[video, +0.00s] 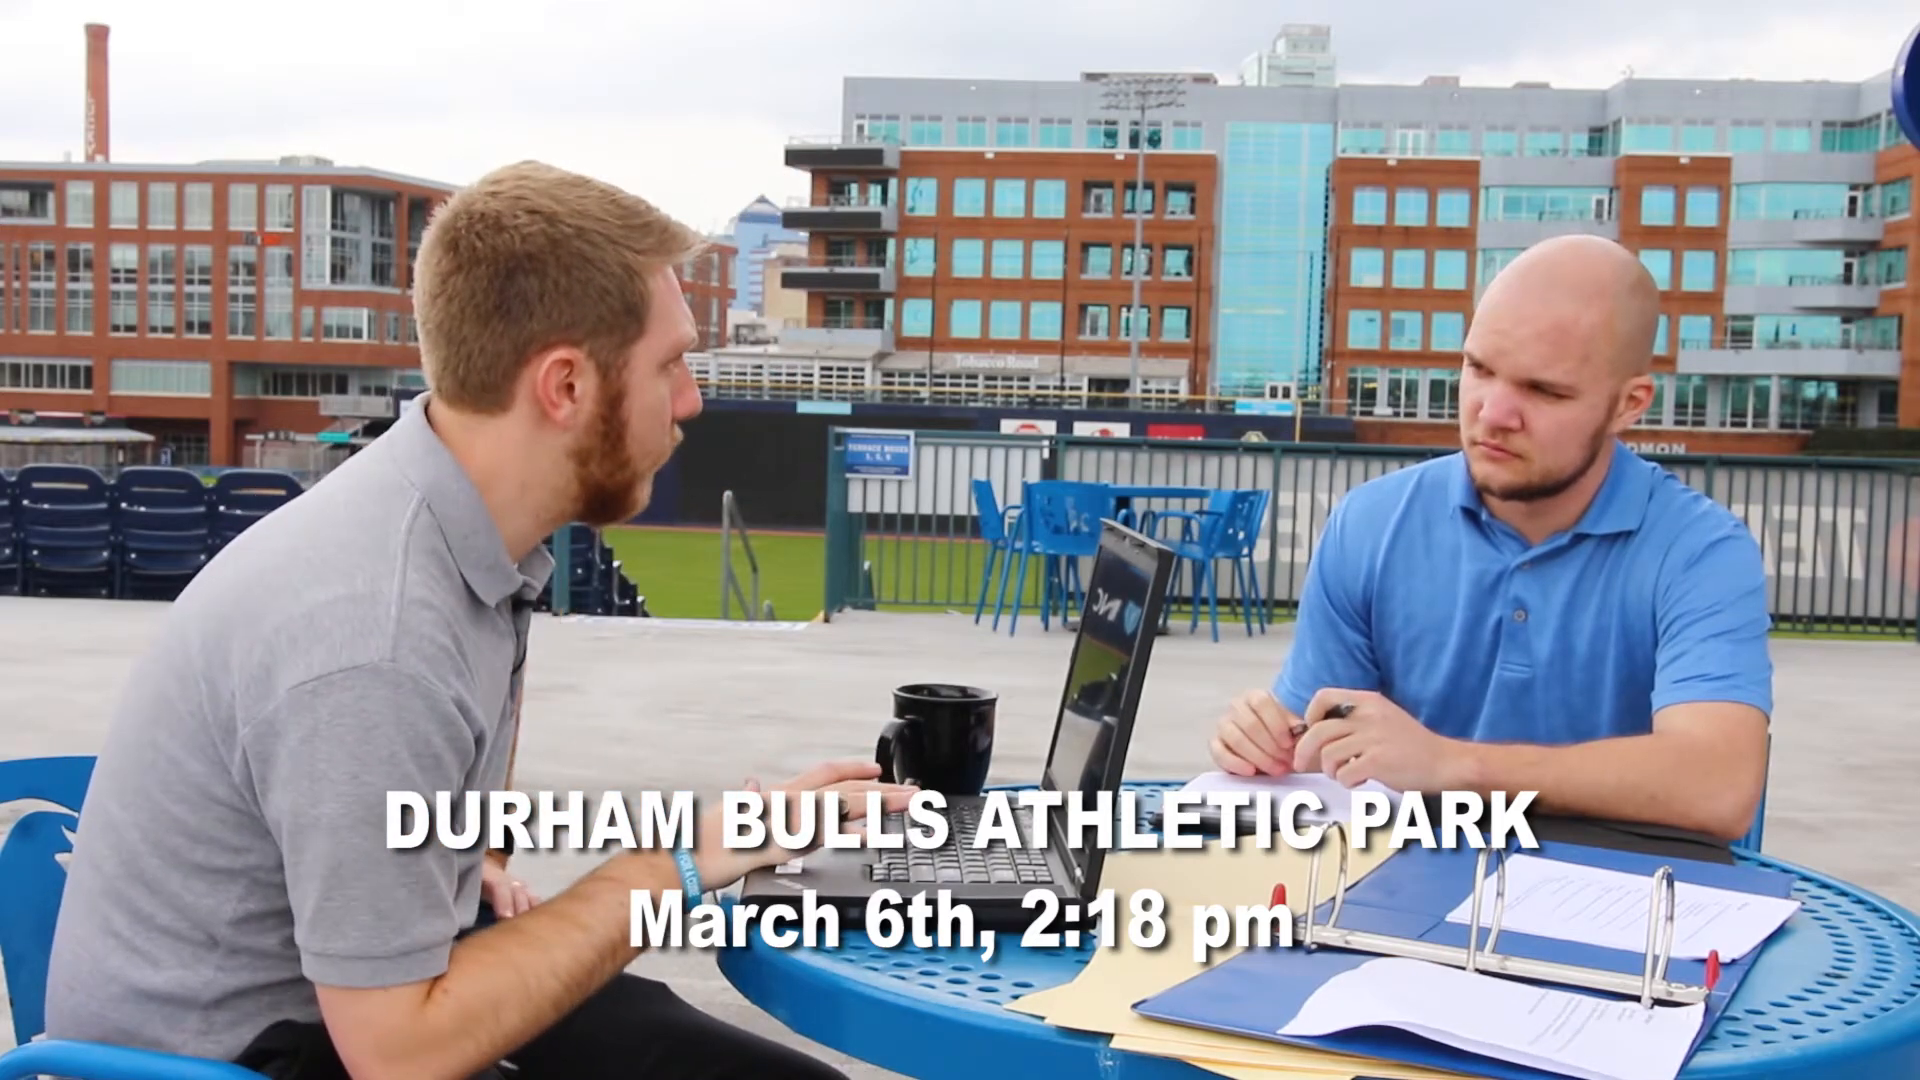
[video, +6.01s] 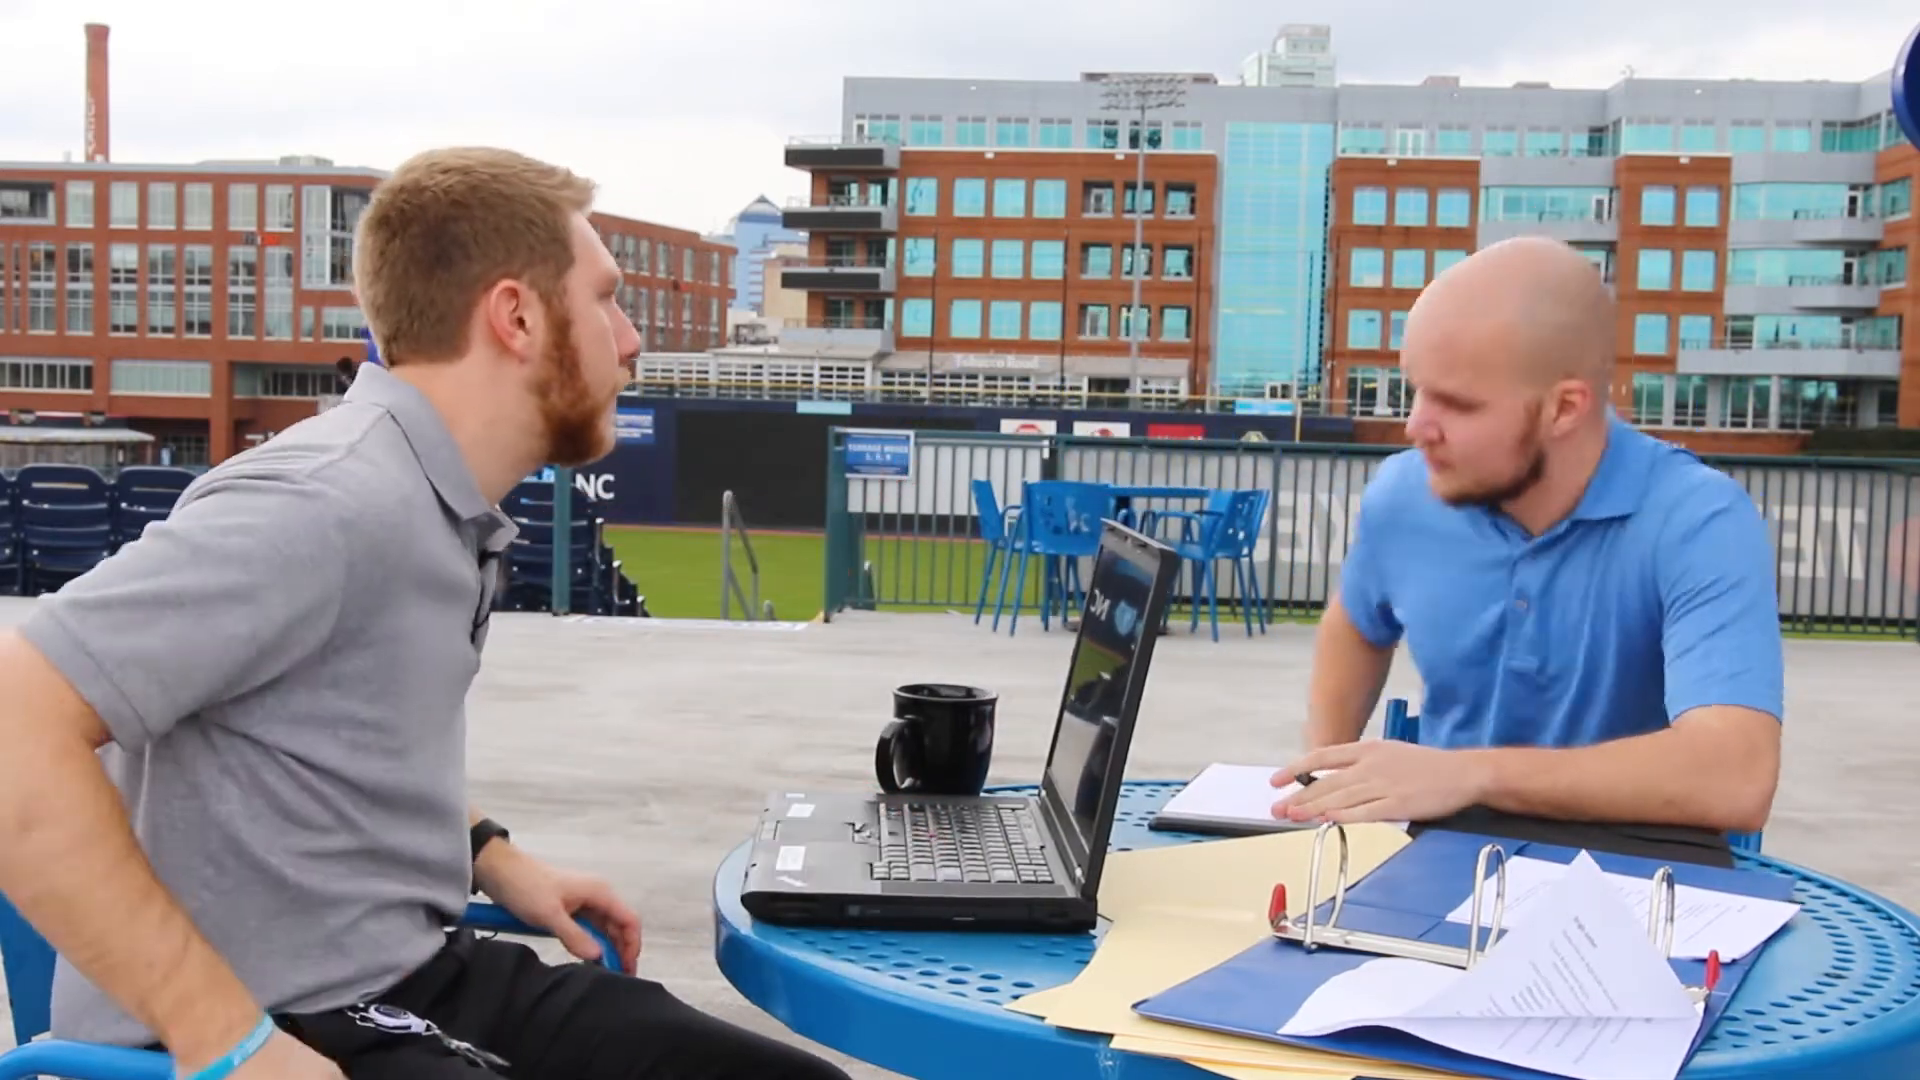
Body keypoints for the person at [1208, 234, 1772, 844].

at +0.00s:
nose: (1494, 413)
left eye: (1543, 390)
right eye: (1481, 370)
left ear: (1626, 407)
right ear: (1463, 356)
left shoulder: (1697, 550)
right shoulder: (1369, 524)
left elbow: (1713, 785)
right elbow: (1304, 723)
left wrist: (1447, 763)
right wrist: (1264, 734)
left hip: (1622, 915)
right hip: (1394, 890)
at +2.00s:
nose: (1499, 411)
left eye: (1549, 388)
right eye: (1487, 367)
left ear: (1631, 406)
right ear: (1467, 353)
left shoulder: (1698, 551)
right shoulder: (1371, 523)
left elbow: (1714, 785)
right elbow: (1303, 717)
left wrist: (1450, 762)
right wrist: (1262, 730)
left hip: (1622, 913)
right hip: (1395, 888)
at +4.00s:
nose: (1431, 456)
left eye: (1473, 422)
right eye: (1406, 418)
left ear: (1556, 394)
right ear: (1384, 385)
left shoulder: (1660, 535)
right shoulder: (1341, 537)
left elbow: (1705, 778)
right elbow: (1308, 754)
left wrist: (1477, 769)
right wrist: (1261, 751)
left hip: (1613, 902)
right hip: (1397, 886)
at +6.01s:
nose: (1416, 427)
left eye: (1454, 404)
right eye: (1415, 393)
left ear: (1567, 407)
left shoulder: (1699, 521)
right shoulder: (1401, 499)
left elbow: (1731, 775)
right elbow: (1357, 626)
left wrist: (1472, 771)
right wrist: (1328, 772)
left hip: (1642, 882)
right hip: (1441, 858)